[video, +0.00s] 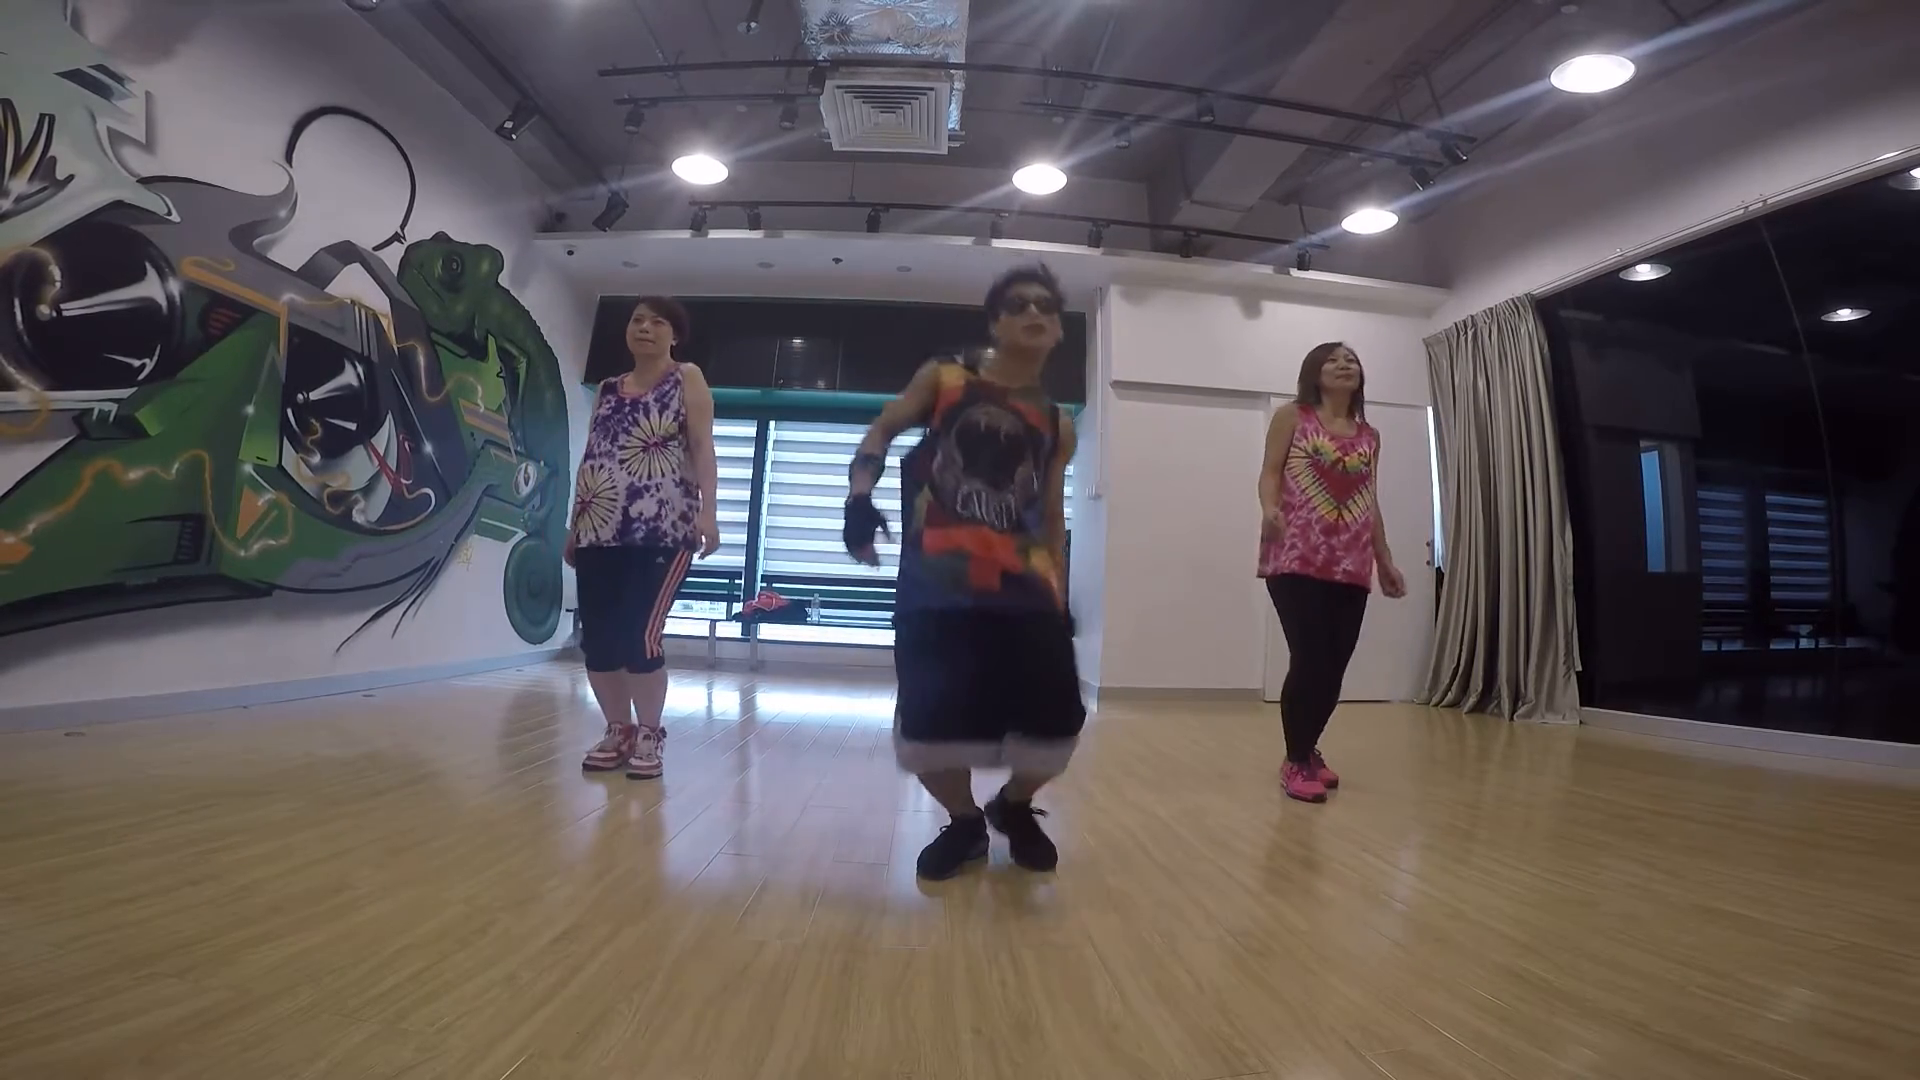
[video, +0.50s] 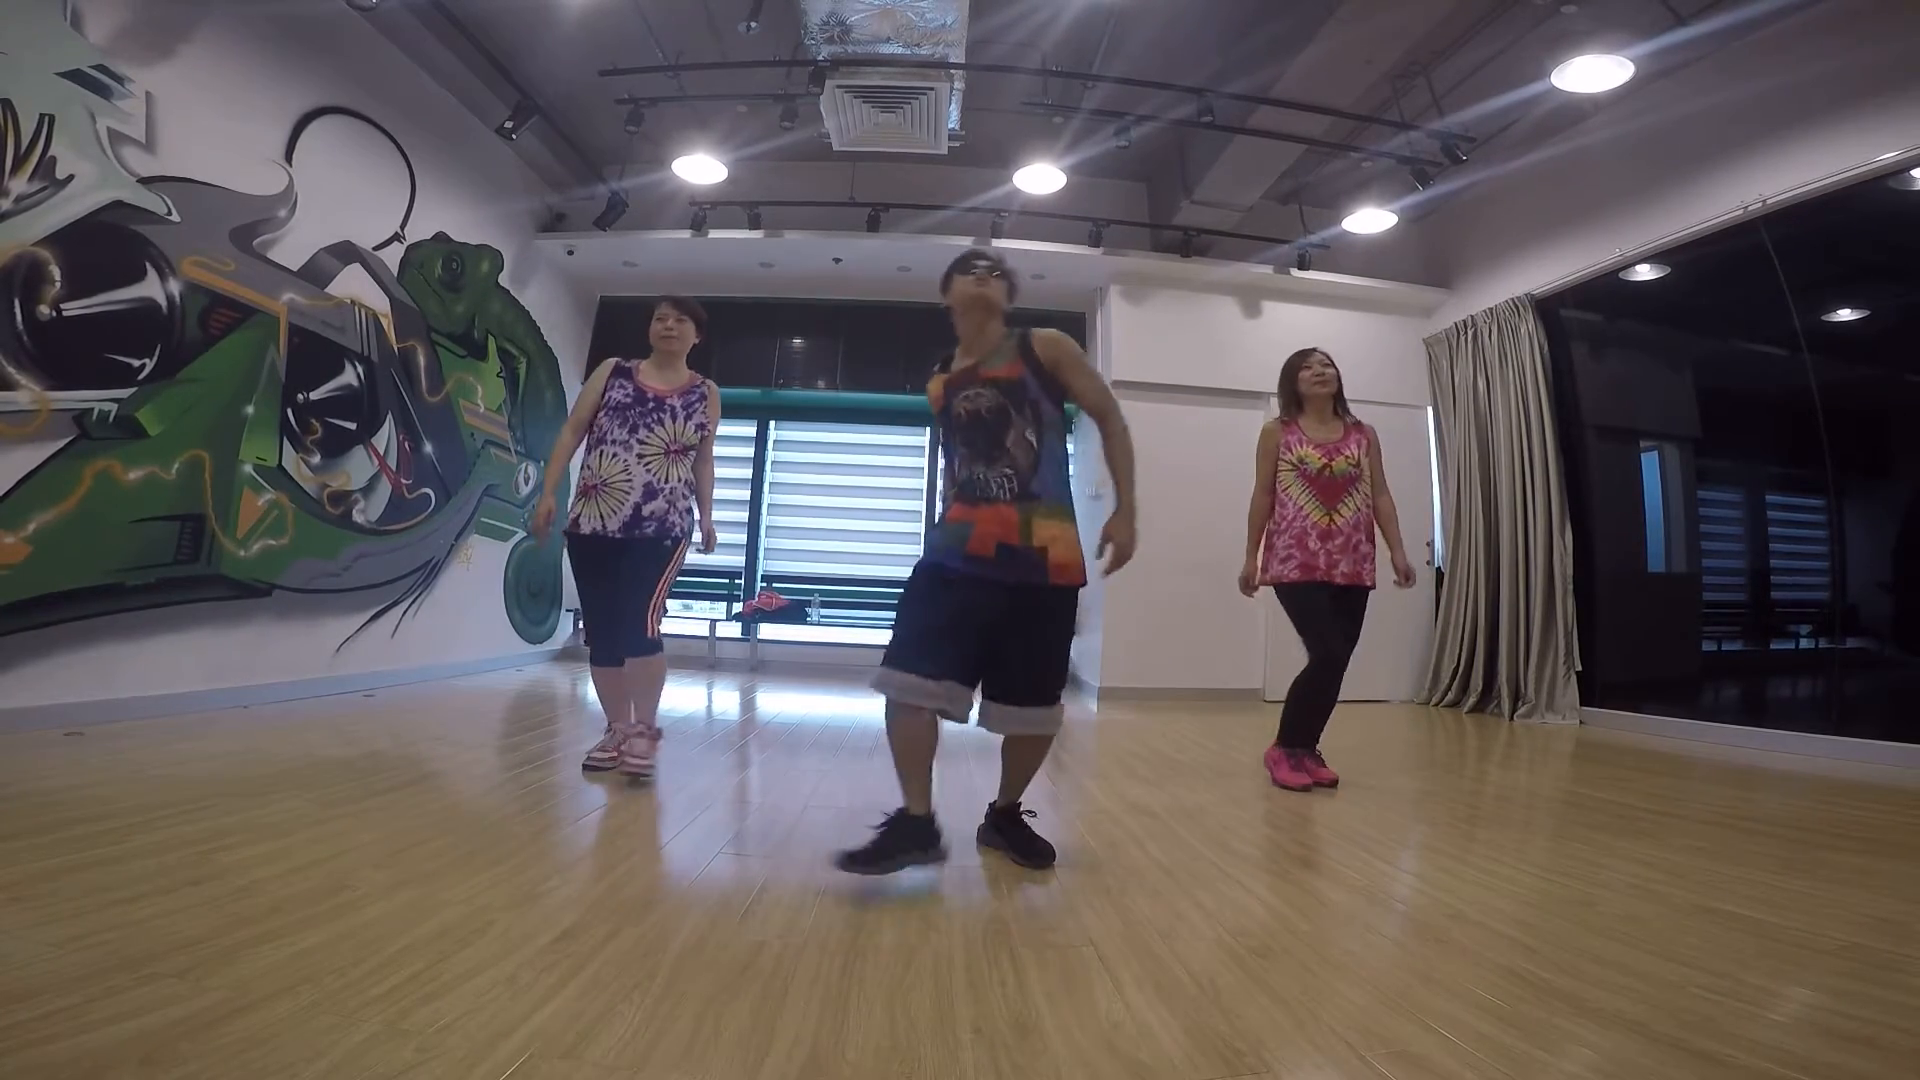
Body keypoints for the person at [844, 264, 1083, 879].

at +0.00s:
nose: (1034, 315)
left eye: (1046, 308)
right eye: (1019, 306)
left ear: (1060, 327)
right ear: (994, 323)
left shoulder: (1056, 425)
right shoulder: (944, 381)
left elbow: (1052, 518)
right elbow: (879, 433)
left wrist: (1058, 597)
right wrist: (860, 497)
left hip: (1024, 591)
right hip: (939, 586)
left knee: (1057, 723)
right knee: (927, 733)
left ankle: (1013, 804)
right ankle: (966, 823)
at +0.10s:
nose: (1044, 343)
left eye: (1055, 335)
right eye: (1029, 335)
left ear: (1069, 357)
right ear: (1005, 351)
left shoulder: (1063, 457)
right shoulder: (952, 406)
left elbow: (1055, 545)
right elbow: (894, 466)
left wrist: (1057, 616)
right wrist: (860, 538)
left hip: (1023, 605)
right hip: (944, 596)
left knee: (1053, 722)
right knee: (933, 722)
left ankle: (1005, 816)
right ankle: (963, 823)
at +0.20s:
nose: (1047, 343)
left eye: (1058, 336)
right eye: (1032, 335)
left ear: (1070, 355)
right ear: (1007, 351)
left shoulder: (1068, 453)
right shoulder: (958, 409)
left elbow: (1062, 539)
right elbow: (917, 491)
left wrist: (1064, 615)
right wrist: (890, 562)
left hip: (1030, 604)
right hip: (947, 594)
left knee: (1055, 728)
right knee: (927, 733)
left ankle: (1005, 817)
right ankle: (961, 814)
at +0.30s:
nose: (1027, 312)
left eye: (1039, 304)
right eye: (1013, 303)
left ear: (1054, 326)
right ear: (988, 322)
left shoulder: (1072, 413)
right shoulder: (956, 398)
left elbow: (1078, 510)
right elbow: (933, 488)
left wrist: (1081, 599)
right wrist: (925, 565)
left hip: (1037, 586)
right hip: (952, 577)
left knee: (1042, 723)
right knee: (914, 712)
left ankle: (1004, 815)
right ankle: (948, 834)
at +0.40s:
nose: (1006, 281)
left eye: (1018, 275)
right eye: (992, 272)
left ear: (1032, 299)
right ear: (967, 294)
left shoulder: (1063, 367)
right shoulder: (949, 379)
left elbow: (1101, 453)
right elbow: (946, 469)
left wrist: (1106, 538)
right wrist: (939, 544)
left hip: (1040, 565)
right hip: (954, 560)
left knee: (1036, 707)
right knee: (915, 692)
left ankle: (1005, 815)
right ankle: (912, 842)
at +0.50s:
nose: (984, 277)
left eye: (996, 273)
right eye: (970, 270)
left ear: (1010, 298)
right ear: (946, 294)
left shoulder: (1046, 349)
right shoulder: (943, 382)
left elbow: (1110, 417)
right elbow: (964, 464)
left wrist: (1125, 509)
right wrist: (954, 534)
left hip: (1043, 558)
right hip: (960, 553)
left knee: (1036, 705)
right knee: (907, 680)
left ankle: (1005, 814)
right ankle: (916, 821)